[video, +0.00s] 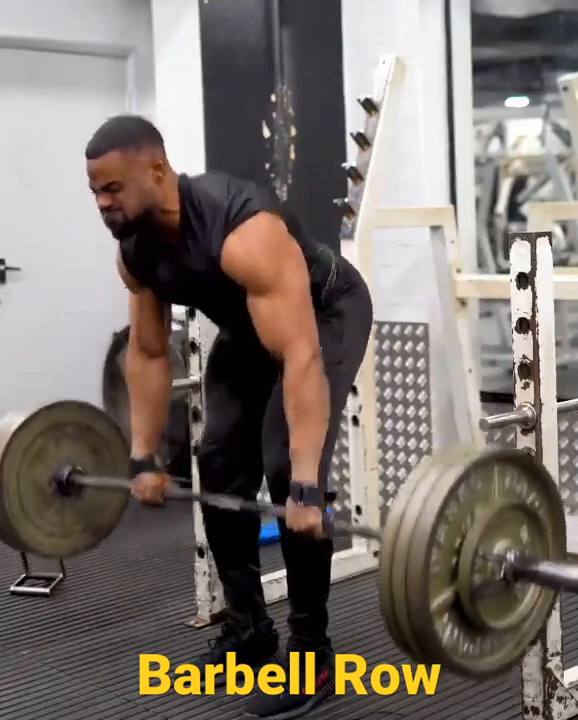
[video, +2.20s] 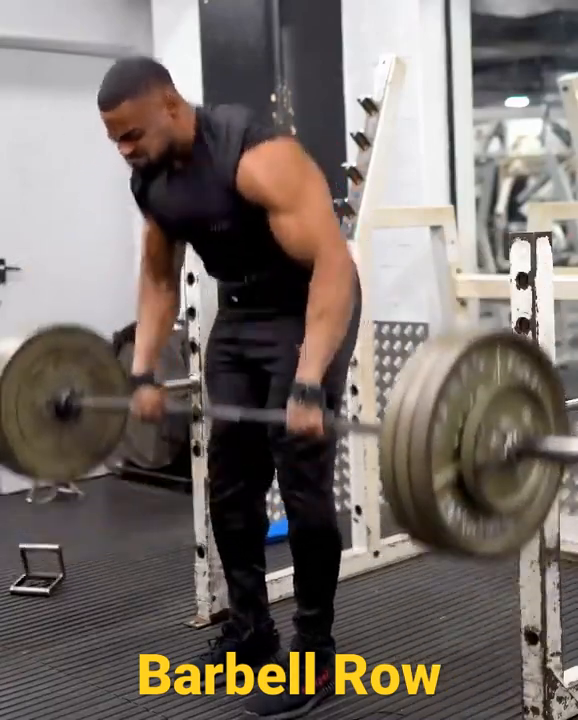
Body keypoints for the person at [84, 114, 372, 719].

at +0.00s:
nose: (103, 205)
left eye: (112, 188)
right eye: (96, 192)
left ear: (158, 169)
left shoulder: (246, 232)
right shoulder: (138, 253)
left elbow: (302, 356)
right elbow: (147, 352)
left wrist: (306, 485)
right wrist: (145, 455)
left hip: (325, 311)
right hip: (246, 323)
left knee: (290, 472)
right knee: (220, 467)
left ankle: (309, 649)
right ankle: (247, 628)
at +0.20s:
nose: (113, 154)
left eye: (121, 137)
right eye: (106, 142)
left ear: (166, 111)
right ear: (106, 134)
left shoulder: (251, 165)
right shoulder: (147, 188)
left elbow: (329, 269)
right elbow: (156, 285)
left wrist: (304, 392)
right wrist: (140, 376)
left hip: (305, 318)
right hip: (237, 324)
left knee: (296, 471)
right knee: (232, 468)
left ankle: (311, 649)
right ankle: (249, 625)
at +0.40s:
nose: (117, 136)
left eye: (123, 119)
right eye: (109, 125)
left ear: (167, 89)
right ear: (112, 114)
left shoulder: (252, 127)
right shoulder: (146, 152)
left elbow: (356, 201)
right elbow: (160, 220)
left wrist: (308, 303)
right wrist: (141, 292)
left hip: (295, 316)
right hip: (221, 320)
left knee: (291, 476)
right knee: (224, 478)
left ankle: (310, 651)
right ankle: (246, 630)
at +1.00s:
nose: (122, 181)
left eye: (127, 164)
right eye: (114, 170)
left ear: (169, 133)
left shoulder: (262, 177)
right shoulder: (153, 198)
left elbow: (337, 278)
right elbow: (161, 287)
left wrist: (317, 397)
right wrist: (149, 377)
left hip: (313, 327)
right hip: (242, 335)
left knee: (302, 480)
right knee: (227, 485)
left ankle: (311, 648)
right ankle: (248, 629)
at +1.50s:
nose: (107, 224)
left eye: (114, 207)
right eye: (98, 211)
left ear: (157, 181)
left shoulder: (254, 241)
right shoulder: (140, 250)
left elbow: (301, 369)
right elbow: (156, 364)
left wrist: (321, 494)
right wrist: (157, 468)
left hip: (328, 313)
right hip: (249, 323)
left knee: (302, 472)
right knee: (218, 465)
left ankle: (312, 648)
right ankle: (248, 628)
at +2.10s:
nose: (110, 188)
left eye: (118, 172)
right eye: (103, 177)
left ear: (162, 146)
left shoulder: (254, 204)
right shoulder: (144, 224)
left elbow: (317, 318)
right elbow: (152, 324)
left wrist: (307, 451)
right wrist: (145, 429)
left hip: (324, 306)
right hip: (249, 320)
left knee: (306, 476)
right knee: (226, 472)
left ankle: (312, 649)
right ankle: (248, 627)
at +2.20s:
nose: (126, 152)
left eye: (133, 136)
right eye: (118, 141)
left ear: (174, 106)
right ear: (121, 129)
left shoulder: (261, 155)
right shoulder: (154, 180)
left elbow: (335, 265)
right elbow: (159, 278)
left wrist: (308, 383)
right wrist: (144, 370)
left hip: (307, 322)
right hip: (237, 327)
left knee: (303, 484)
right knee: (229, 484)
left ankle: (313, 651)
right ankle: (248, 629)